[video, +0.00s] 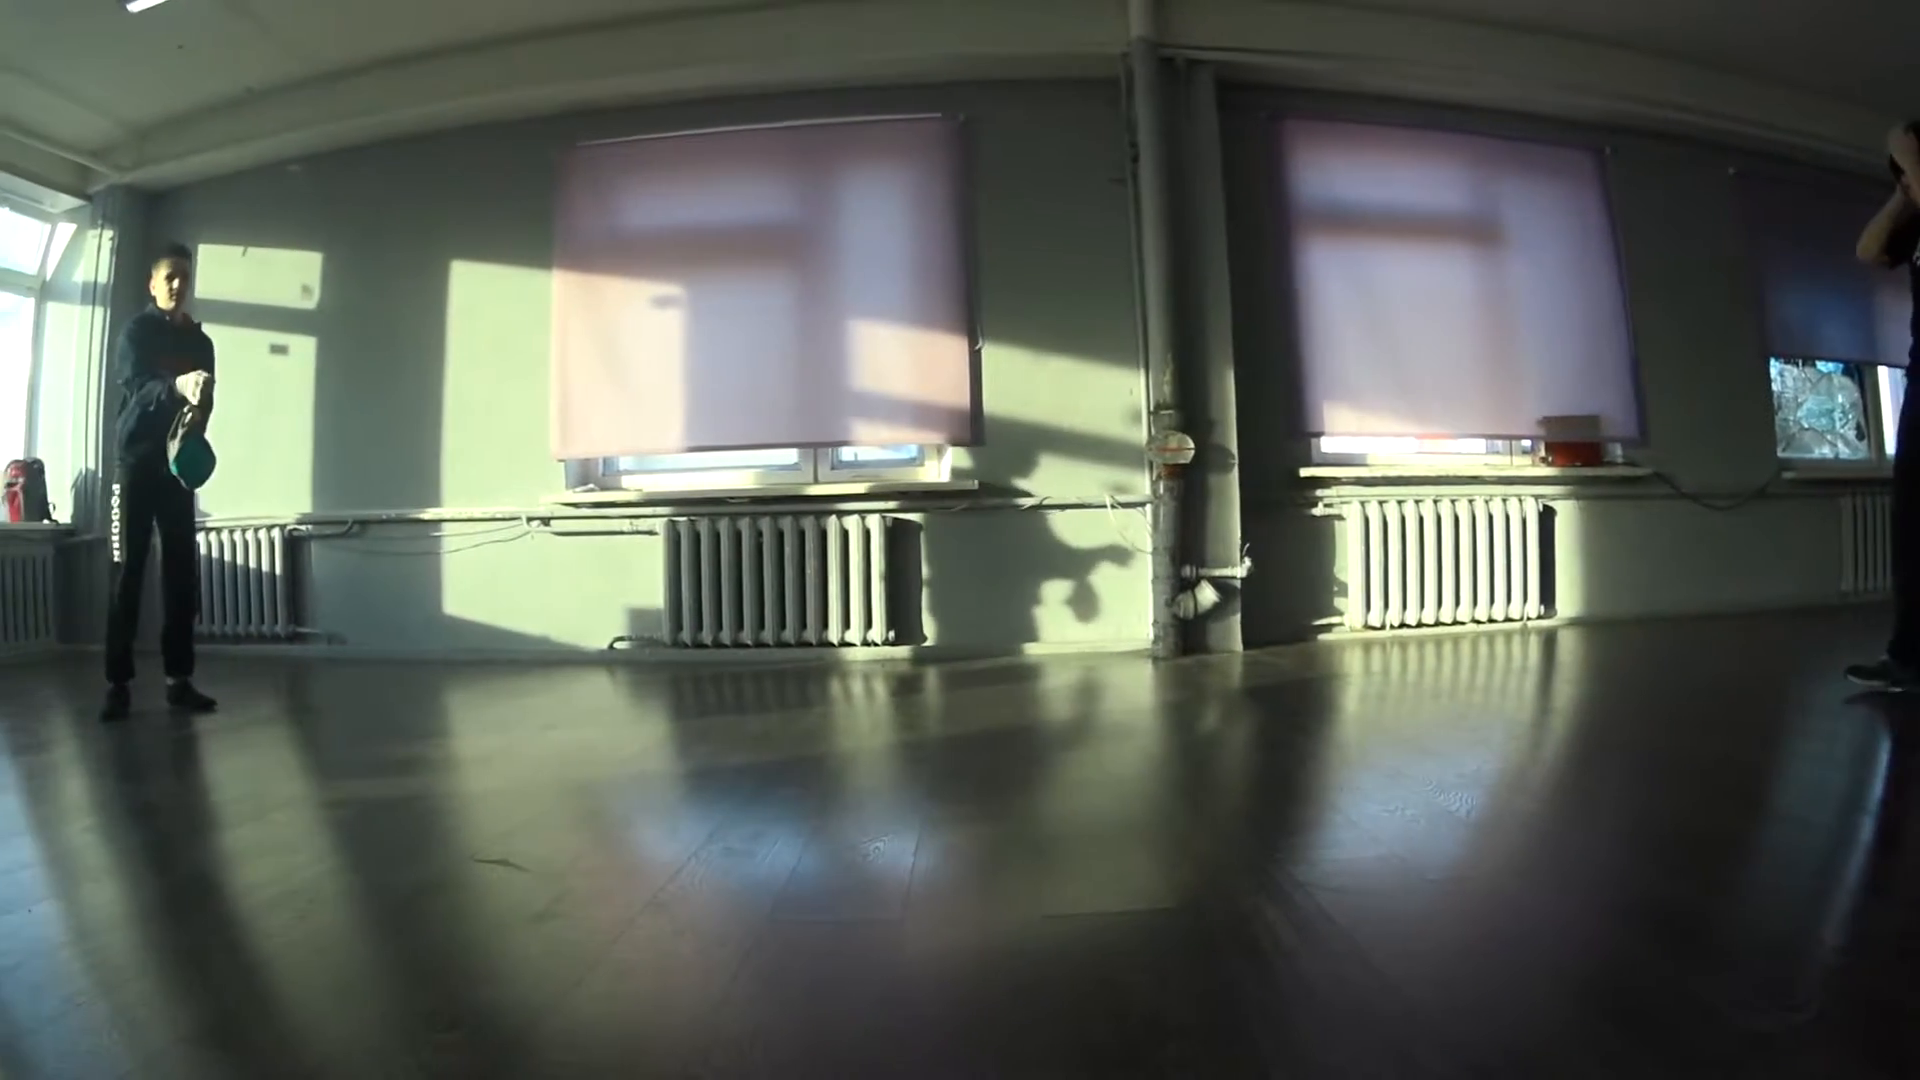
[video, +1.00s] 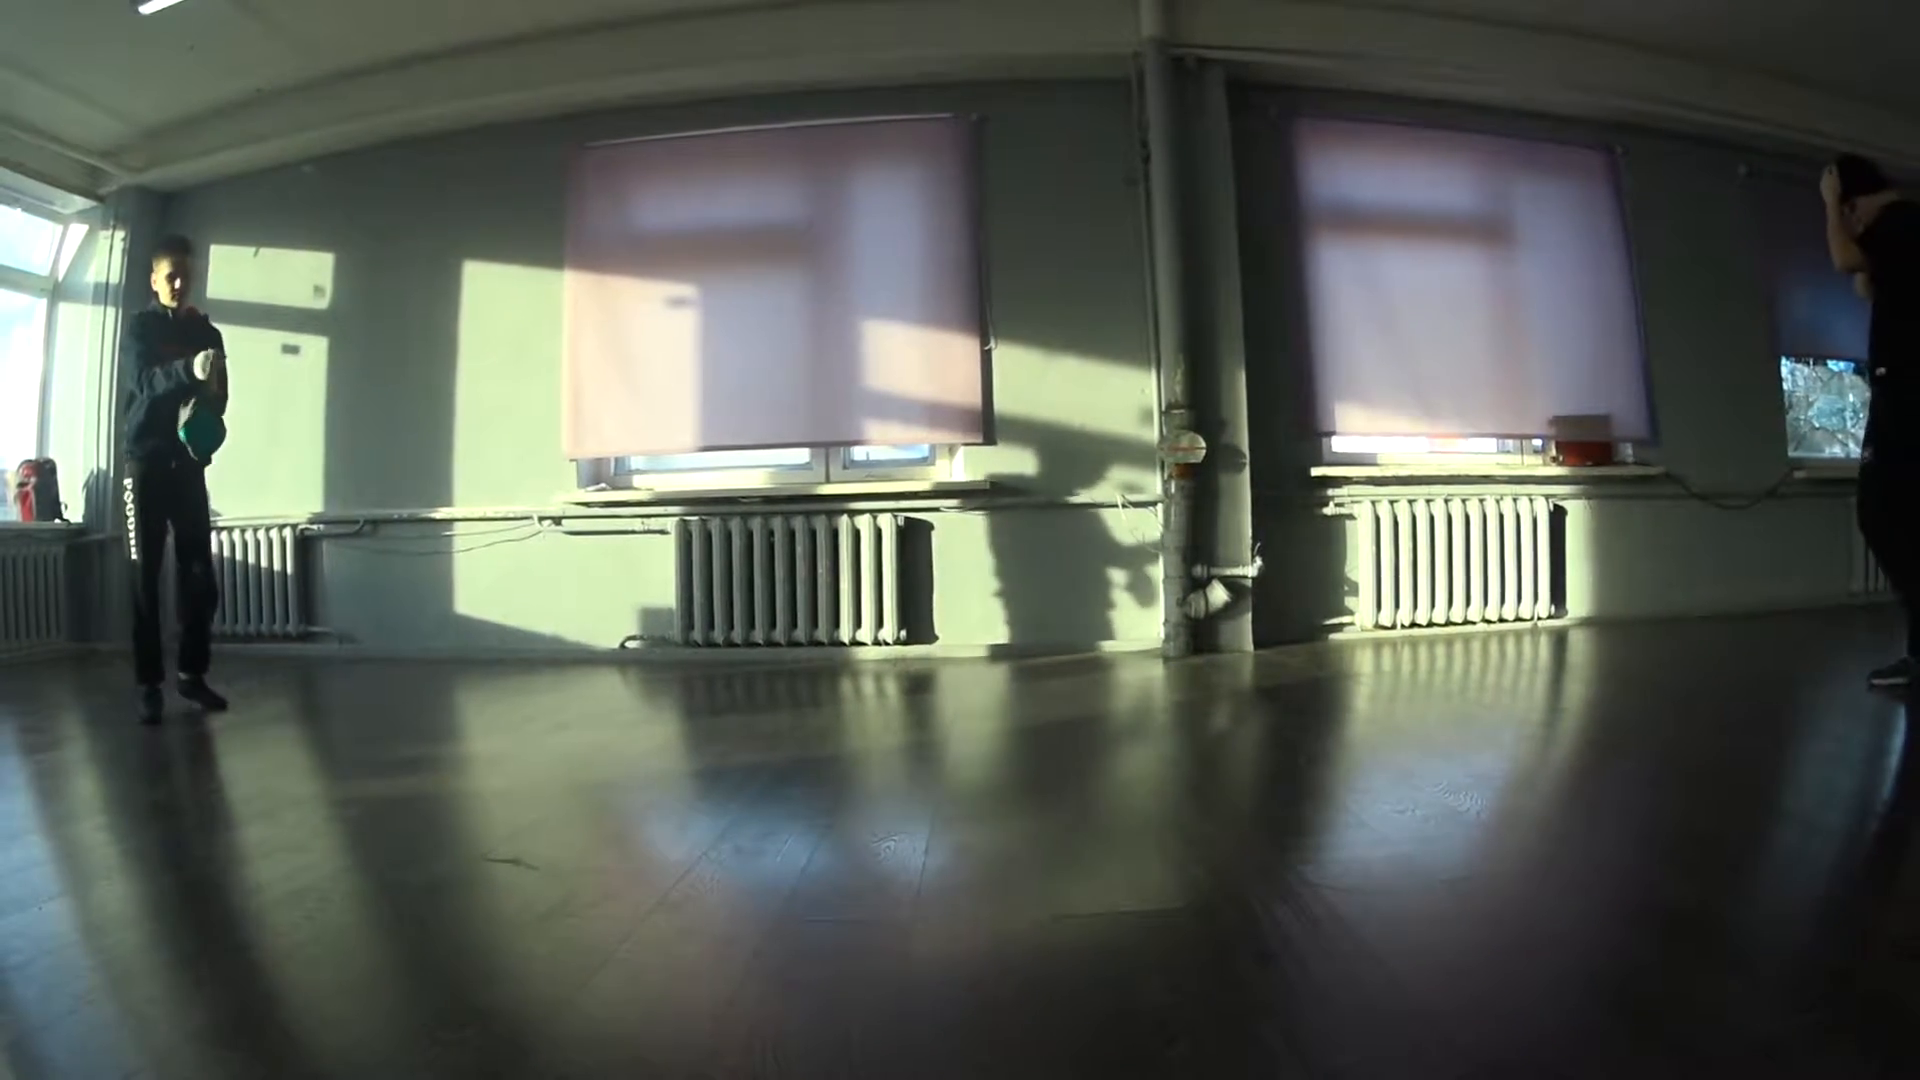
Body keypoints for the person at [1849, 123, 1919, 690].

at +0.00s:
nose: (1898, 174)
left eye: (1902, 164)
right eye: (1897, 164)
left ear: (1913, 162)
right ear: (1906, 164)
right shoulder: (1911, 217)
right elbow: (1869, 251)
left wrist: (1907, 174)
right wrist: (1906, 195)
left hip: (1919, 391)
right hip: (1916, 388)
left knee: (1912, 520)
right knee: (1909, 517)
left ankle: (1908, 656)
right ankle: (1904, 654)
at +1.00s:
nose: (1842, 217)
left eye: (1842, 204)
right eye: (1840, 205)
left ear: (1856, 200)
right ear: (1876, 191)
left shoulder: (1895, 224)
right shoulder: (1895, 225)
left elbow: (1847, 259)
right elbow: (1862, 280)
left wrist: (1830, 205)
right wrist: (1845, 214)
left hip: (1902, 403)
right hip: (1898, 400)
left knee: (1881, 514)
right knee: (1887, 514)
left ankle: (1917, 652)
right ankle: (1915, 651)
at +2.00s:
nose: (1776, 185)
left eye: (1782, 175)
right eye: (1772, 178)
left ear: (1805, 172)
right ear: (1780, 181)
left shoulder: (1845, 216)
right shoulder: (1786, 237)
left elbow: (1809, 211)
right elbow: (1738, 259)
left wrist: (1779, 161)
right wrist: (1767, 199)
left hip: (1852, 383)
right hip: (1811, 387)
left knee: (1855, 516)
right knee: (1829, 519)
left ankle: (1888, 650)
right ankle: (1855, 652)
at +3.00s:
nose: (1813, 159)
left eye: (1819, 147)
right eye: (1804, 152)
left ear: (1840, 148)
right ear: (1798, 161)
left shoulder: (1875, 203)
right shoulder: (1802, 215)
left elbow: (1875, 191)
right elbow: (1742, 231)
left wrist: (1834, 124)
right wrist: (1763, 161)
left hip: (1874, 380)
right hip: (1817, 383)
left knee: (1882, 519)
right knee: (1803, 517)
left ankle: (1878, 660)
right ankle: (1833, 649)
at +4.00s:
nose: (1725, 172)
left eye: (1729, 163)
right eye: (1723, 164)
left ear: (1752, 157)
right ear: (1734, 165)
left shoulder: (1799, 204)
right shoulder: (1740, 227)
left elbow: (1765, 205)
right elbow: (1696, 268)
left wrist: (1728, 151)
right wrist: (1707, 206)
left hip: (1801, 374)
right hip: (1762, 378)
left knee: (1788, 516)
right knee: (1779, 519)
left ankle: (1831, 650)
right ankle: (1808, 655)